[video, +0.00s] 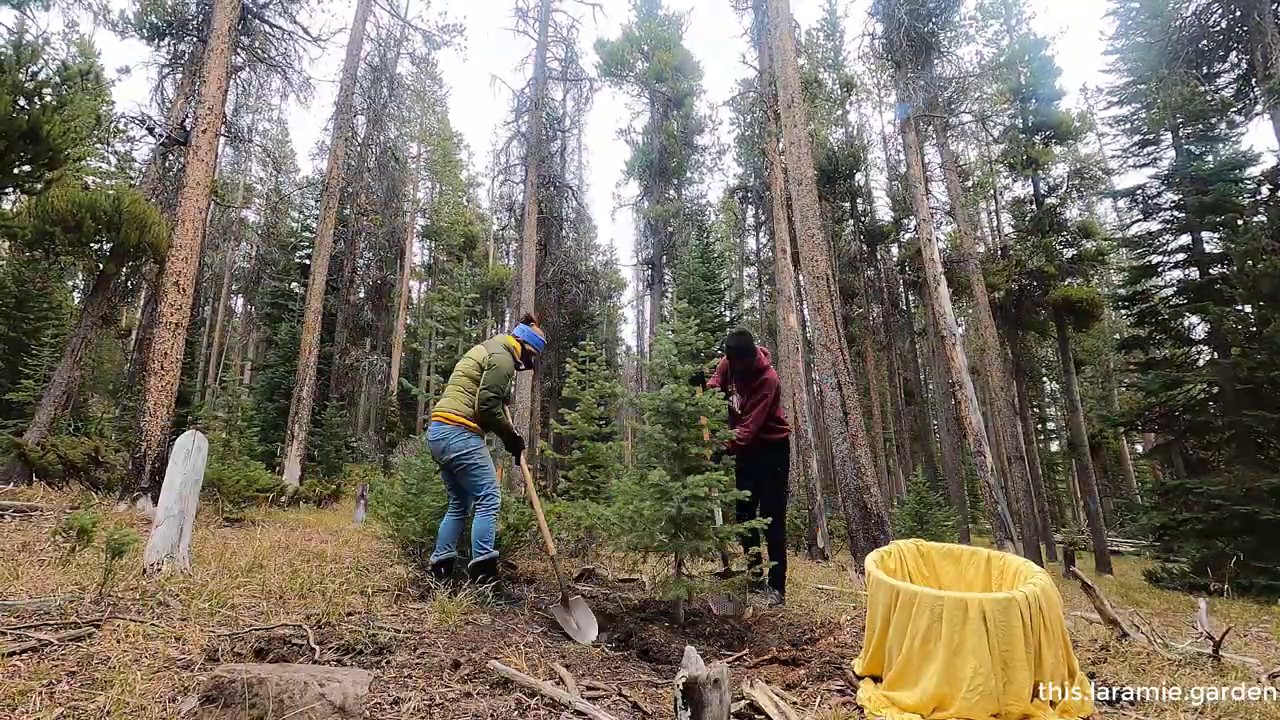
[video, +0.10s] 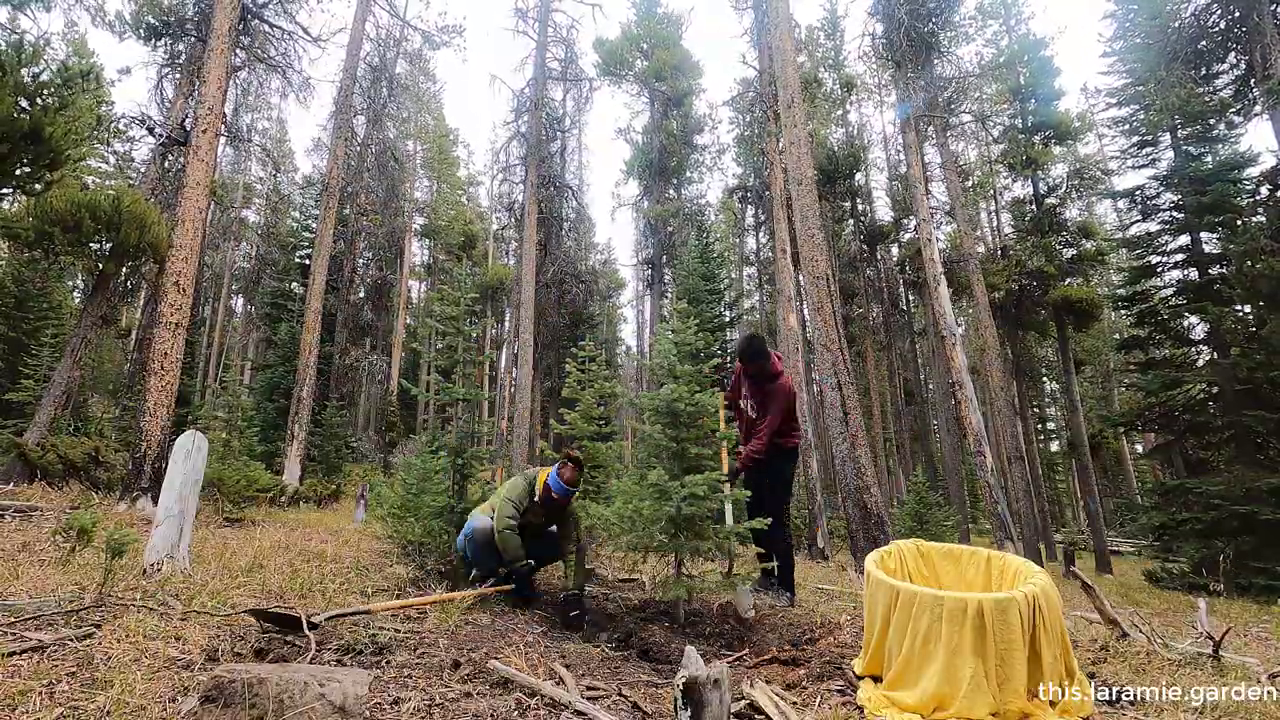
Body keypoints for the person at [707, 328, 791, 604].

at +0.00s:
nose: (735, 366)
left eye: (740, 361)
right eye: (732, 361)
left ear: (752, 355)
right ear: (728, 356)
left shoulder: (769, 379)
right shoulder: (727, 362)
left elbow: (752, 425)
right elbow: (715, 386)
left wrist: (722, 444)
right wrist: (705, 387)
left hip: (773, 446)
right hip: (745, 446)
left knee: (772, 517)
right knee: (745, 513)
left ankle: (776, 587)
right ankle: (754, 573)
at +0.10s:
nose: (745, 369)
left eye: (749, 364)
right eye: (743, 364)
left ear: (763, 359)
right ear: (741, 360)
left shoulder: (780, 386)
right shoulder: (742, 369)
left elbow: (766, 434)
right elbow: (735, 400)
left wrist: (740, 464)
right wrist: (725, 398)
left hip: (781, 453)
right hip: (754, 451)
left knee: (776, 518)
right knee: (755, 514)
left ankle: (786, 589)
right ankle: (767, 576)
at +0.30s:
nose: (742, 365)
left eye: (746, 359)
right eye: (739, 359)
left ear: (758, 353)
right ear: (737, 356)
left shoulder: (781, 376)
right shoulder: (757, 372)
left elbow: (773, 426)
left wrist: (750, 461)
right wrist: (744, 400)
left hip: (794, 447)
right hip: (774, 447)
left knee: (786, 520)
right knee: (774, 519)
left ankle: (800, 593)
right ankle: (786, 584)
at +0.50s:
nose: (717, 343)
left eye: (722, 338)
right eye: (713, 339)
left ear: (733, 340)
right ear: (709, 344)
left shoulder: (749, 363)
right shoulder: (705, 374)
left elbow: (770, 399)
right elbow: (698, 409)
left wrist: (736, 390)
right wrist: (709, 397)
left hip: (745, 443)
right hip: (717, 445)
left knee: (753, 508)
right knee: (725, 509)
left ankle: (768, 581)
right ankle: (734, 573)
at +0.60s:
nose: (722, 341)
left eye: (727, 336)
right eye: (719, 337)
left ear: (738, 338)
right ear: (717, 342)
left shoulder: (755, 367)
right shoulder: (713, 369)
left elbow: (761, 405)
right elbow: (699, 402)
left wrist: (737, 397)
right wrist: (713, 399)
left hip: (749, 443)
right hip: (723, 443)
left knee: (756, 509)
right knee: (727, 509)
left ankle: (769, 581)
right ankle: (735, 573)